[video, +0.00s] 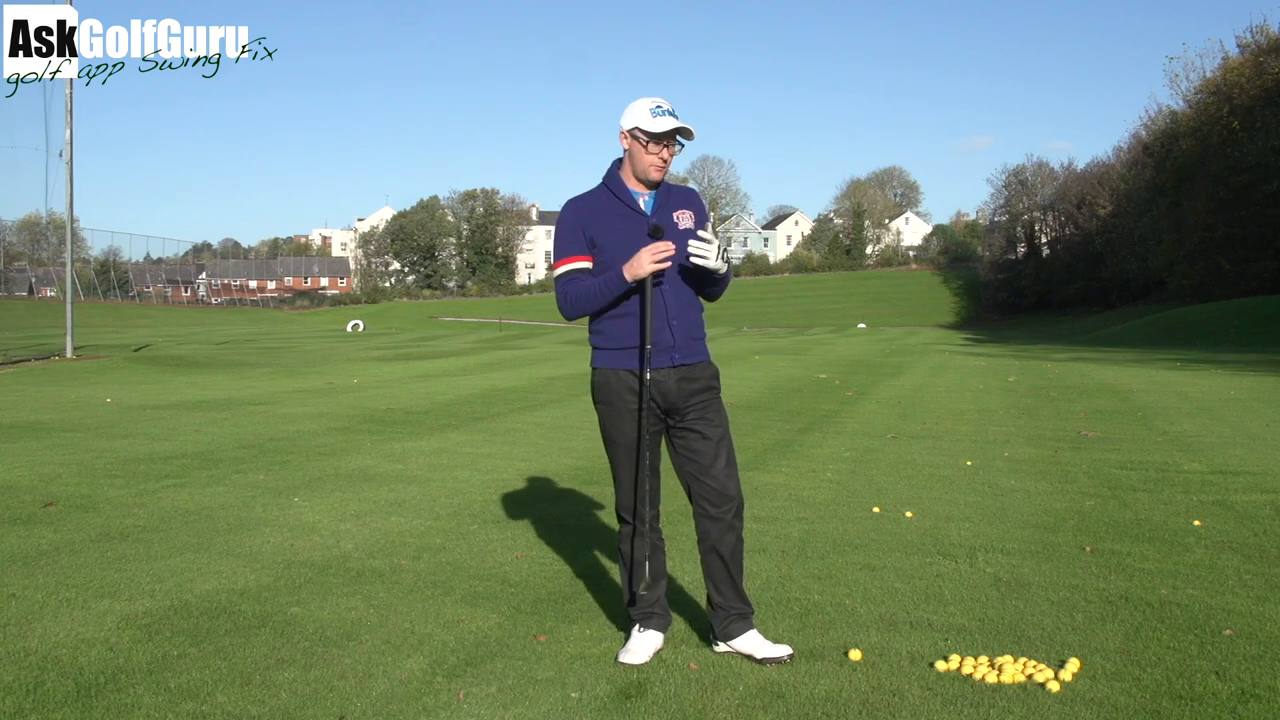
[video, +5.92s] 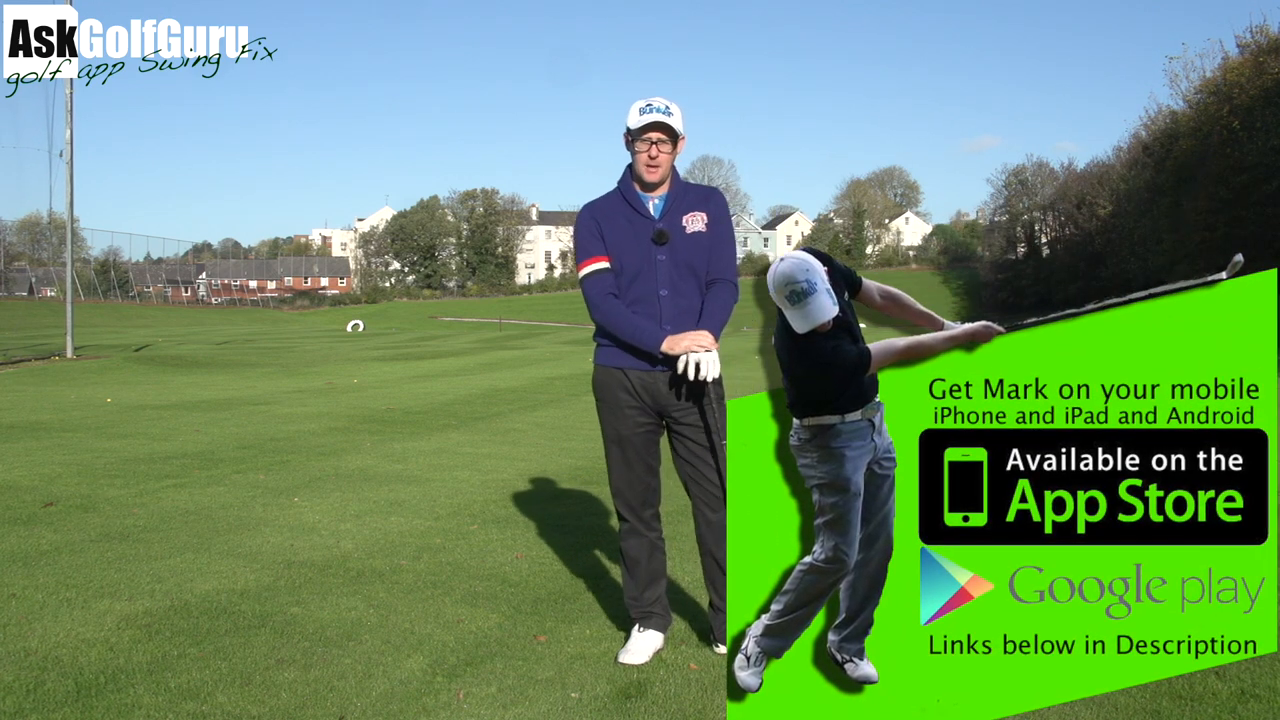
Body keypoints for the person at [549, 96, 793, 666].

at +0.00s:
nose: (666, 153)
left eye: (673, 144)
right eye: (655, 141)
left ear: (676, 148)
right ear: (627, 140)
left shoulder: (687, 203)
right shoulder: (581, 212)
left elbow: (711, 291)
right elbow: (570, 300)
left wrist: (714, 267)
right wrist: (628, 272)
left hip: (691, 372)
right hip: (622, 378)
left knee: (721, 499)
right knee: (636, 506)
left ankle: (732, 624)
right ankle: (648, 620)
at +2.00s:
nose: (719, 145)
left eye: (730, 137)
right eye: (711, 135)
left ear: (746, 145)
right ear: (697, 142)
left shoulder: (764, 209)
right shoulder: (655, 205)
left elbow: (780, 299)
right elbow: (642, 288)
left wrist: (790, 271)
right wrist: (694, 255)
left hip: (752, 373)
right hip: (682, 375)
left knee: (740, 507)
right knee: (674, 504)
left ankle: (734, 627)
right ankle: (653, 621)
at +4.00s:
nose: (702, 146)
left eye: (713, 138)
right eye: (693, 137)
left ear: (733, 144)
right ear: (681, 141)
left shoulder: (760, 203)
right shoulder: (648, 197)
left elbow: (781, 281)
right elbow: (648, 257)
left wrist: (762, 297)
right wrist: (686, 191)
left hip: (735, 374)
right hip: (662, 374)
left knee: (731, 511)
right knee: (658, 508)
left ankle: (733, 623)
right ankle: (652, 620)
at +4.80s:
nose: (702, 145)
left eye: (712, 135)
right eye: (692, 136)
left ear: (730, 141)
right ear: (680, 142)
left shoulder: (755, 203)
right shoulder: (644, 203)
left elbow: (780, 283)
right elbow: (625, 288)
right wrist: (660, 257)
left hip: (737, 375)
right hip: (664, 377)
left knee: (731, 510)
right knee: (660, 506)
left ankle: (733, 625)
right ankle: (651, 620)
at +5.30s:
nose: (691, 144)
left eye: (702, 135)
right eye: (682, 134)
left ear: (717, 142)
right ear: (668, 138)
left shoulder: (743, 200)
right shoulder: (628, 207)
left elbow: (768, 280)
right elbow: (617, 292)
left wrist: (746, 327)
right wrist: (675, 300)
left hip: (723, 374)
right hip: (650, 375)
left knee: (723, 507)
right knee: (651, 508)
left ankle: (729, 622)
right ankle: (651, 620)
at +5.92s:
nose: (652, 150)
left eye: (662, 140)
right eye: (643, 140)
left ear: (677, 147)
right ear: (629, 146)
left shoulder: (707, 202)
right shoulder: (595, 215)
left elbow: (724, 281)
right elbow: (602, 305)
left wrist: (706, 335)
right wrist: (661, 340)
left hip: (694, 374)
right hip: (624, 377)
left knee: (715, 503)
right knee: (635, 505)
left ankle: (729, 622)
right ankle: (648, 618)